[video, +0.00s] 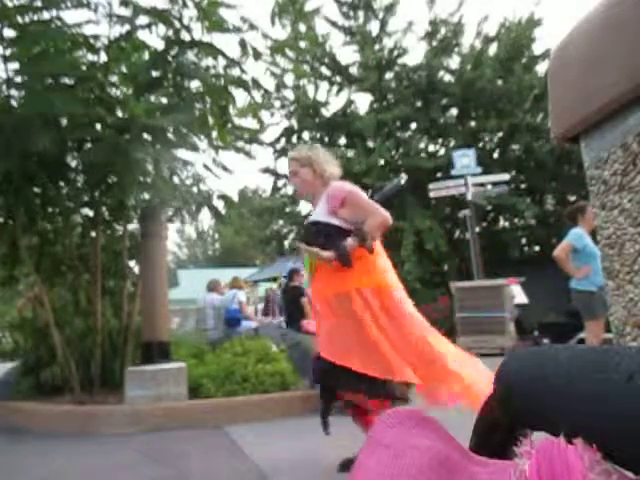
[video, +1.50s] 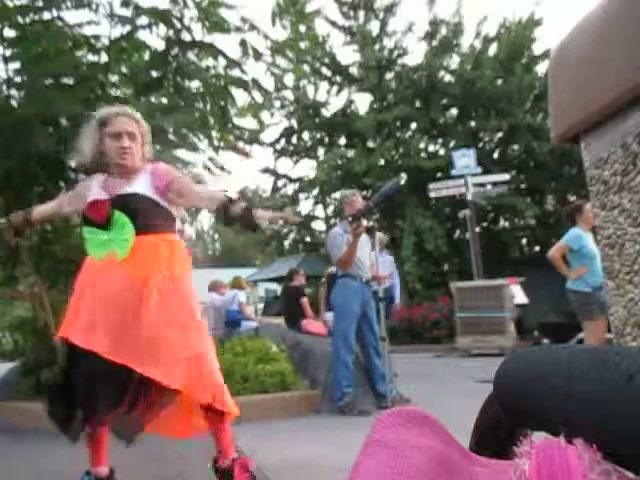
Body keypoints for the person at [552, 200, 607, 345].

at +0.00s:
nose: (594, 217)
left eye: (593, 213)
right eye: (591, 213)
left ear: (584, 217)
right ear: (581, 216)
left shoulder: (585, 236)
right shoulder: (577, 234)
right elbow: (559, 253)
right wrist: (573, 272)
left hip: (595, 287)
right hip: (585, 288)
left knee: (597, 333)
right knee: (594, 334)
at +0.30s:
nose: (594, 216)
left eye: (593, 213)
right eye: (591, 213)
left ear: (584, 216)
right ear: (582, 216)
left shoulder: (586, 236)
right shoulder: (577, 234)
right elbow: (558, 253)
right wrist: (572, 272)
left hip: (595, 287)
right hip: (585, 288)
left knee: (597, 334)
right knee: (594, 334)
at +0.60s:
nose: (594, 216)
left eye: (593, 213)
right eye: (590, 213)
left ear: (584, 216)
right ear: (582, 216)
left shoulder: (586, 235)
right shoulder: (576, 234)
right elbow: (556, 254)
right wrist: (571, 272)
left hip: (594, 287)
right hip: (585, 288)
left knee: (596, 335)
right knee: (594, 335)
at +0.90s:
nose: (593, 215)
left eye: (592, 211)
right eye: (590, 211)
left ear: (583, 216)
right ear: (580, 216)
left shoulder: (587, 235)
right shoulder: (576, 234)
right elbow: (555, 253)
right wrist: (569, 272)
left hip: (595, 286)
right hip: (583, 288)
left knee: (596, 336)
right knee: (593, 337)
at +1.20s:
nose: (593, 215)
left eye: (592, 211)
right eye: (589, 211)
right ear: (579, 215)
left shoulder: (587, 235)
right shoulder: (576, 234)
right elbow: (554, 253)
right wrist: (568, 272)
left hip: (595, 286)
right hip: (582, 288)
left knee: (596, 336)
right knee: (592, 337)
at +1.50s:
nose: (594, 214)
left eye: (592, 210)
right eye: (589, 211)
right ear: (579, 215)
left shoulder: (587, 235)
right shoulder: (575, 234)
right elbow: (553, 254)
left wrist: (598, 278)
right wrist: (568, 273)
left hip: (594, 286)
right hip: (583, 288)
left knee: (598, 336)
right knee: (595, 336)